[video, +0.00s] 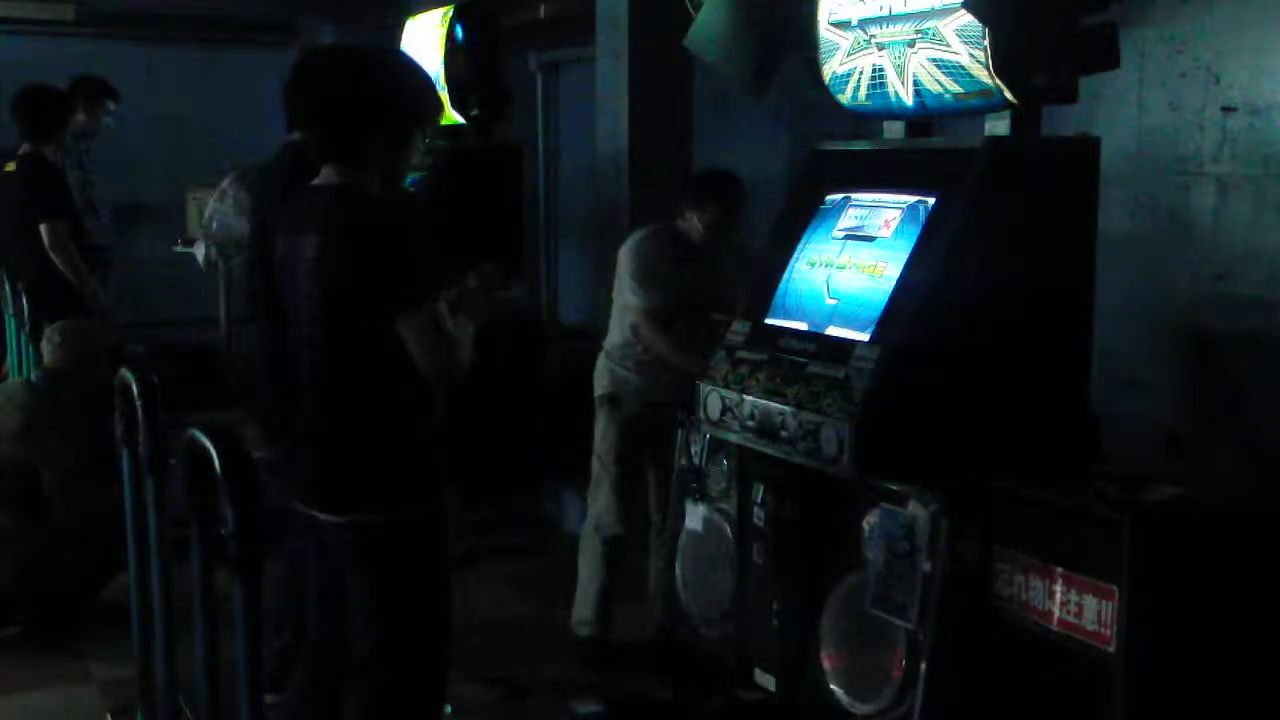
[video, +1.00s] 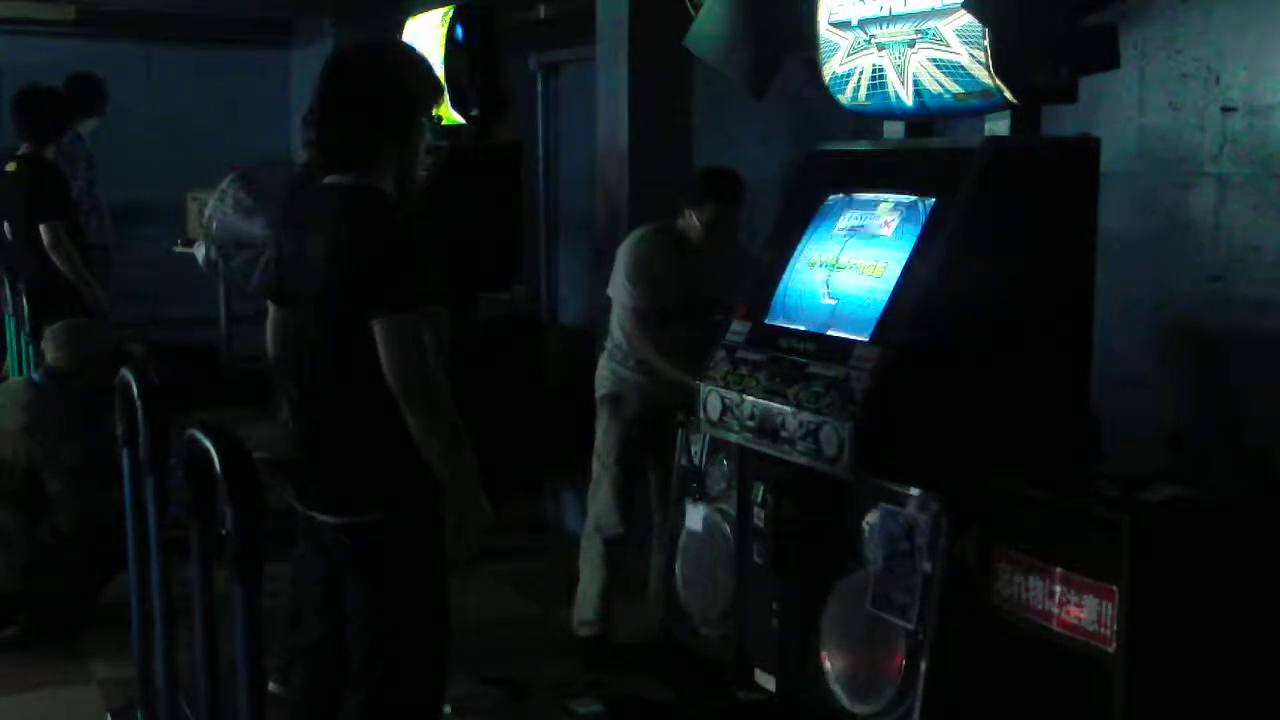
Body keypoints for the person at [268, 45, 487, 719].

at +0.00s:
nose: (418, 146)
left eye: (417, 128)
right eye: (411, 128)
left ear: (320, 128)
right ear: (384, 130)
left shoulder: (286, 216)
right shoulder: (387, 221)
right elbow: (443, 358)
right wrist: (467, 305)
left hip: (306, 479)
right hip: (386, 489)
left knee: (321, 661)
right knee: (401, 671)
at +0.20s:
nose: (417, 144)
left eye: (417, 127)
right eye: (412, 127)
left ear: (318, 123)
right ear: (386, 128)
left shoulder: (290, 215)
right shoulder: (387, 221)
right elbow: (447, 358)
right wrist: (458, 309)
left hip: (307, 470)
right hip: (386, 482)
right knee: (401, 663)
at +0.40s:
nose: (418, 140)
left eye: (417, 123)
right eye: (412, 122)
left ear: (326, 116)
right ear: (386, 124)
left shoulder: (298, 207)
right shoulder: (390, 217)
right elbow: (448, 355)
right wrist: (458, 305)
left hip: (316, 465)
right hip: (388, 475)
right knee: (399, 660)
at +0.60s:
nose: (423, 135)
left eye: (423, 117)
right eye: (417, 117)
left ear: (331, 111)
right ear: (388, 119)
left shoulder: (303, 204)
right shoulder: (387, 213)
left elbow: (286, 319)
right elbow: (429, 360)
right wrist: (471, 361)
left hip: (317, 460)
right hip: (385, 472)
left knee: (328, 643)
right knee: (400, 660)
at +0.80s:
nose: (425, 136)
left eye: (425, 117)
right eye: (418, 117)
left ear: (334, 113)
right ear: (386, 119)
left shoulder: (302, 206)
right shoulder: (383, 215)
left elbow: (288, 335)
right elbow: (411, 359)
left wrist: (318, 404)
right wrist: (472, 443)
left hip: (319, 458)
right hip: (386, 468)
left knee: (328, 637)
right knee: (402, 652)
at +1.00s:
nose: (428, 138)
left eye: (429, 119)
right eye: (422, 118)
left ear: (334, 114)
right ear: (395, 122)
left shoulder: (303, 205)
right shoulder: (389, 221)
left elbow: (278, 344)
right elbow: (408, 372)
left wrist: (314, 424)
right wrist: (461, 481)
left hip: (319, 469)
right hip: (386, 479)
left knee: (328, 644)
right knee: (402, 662)